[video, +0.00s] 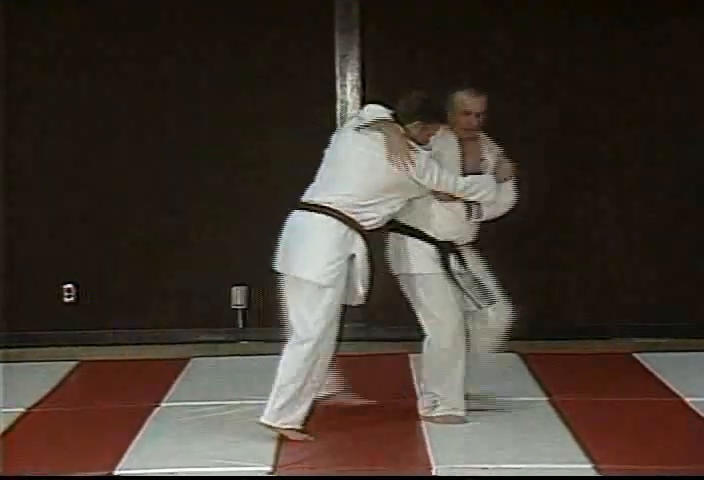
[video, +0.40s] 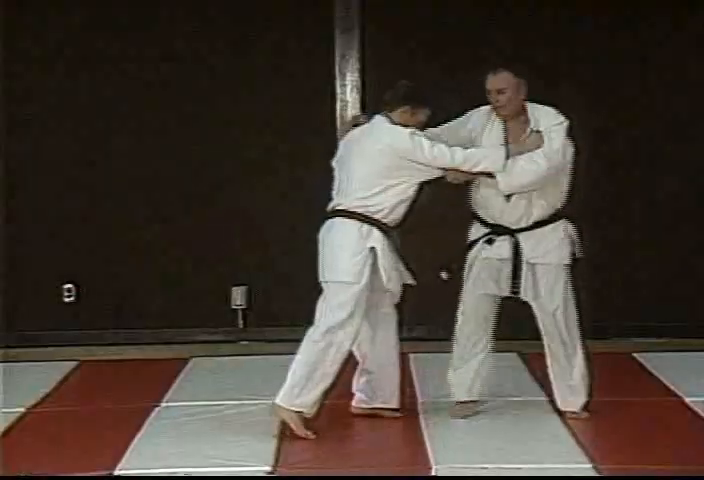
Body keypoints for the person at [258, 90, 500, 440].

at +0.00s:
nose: (431, 137)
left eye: (434, 132)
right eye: (430, 131)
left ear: (393, 116)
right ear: (418, 126)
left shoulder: (349, 132)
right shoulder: (411, 161)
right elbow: (455, 187)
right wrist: (497, 180)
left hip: (299, 228)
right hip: (327, 240)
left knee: (314, 327)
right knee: (313, 333)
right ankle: (281, 416)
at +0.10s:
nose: (428, 136)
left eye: (429, 130)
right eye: (427, 129)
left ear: (394, 116)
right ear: (415, 126)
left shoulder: (356, 132)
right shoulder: (407, 157)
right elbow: (461, 179)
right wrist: (506, 170)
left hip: (316, 232)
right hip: (339, 239)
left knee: (348, 322)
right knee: (321, 330)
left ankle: (358, 394)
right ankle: (283, 414)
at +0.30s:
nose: (423, 127)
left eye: (424, 120)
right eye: (419, 120)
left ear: (386, 114)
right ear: (404, 116)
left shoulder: (355, 139)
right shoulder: (400, 147)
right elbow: (451, 164)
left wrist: (444, 175)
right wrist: (512, 154)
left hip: (341, 236)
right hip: (354, 240)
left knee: (380, 319)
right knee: (338, 322)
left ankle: (373, 398)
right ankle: (289, 407)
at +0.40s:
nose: (421, 125)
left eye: (423, 119)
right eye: (420, 118)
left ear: (388, 110)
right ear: (405, 112)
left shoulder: (355, 138)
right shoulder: (401, 140)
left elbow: (339, 166)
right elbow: (451, 157)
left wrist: (445, 172)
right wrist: (500, 153)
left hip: (346, 231)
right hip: (358, 234)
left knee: (379, 316)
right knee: (337, 319)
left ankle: (374, 397)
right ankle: (291, 404)